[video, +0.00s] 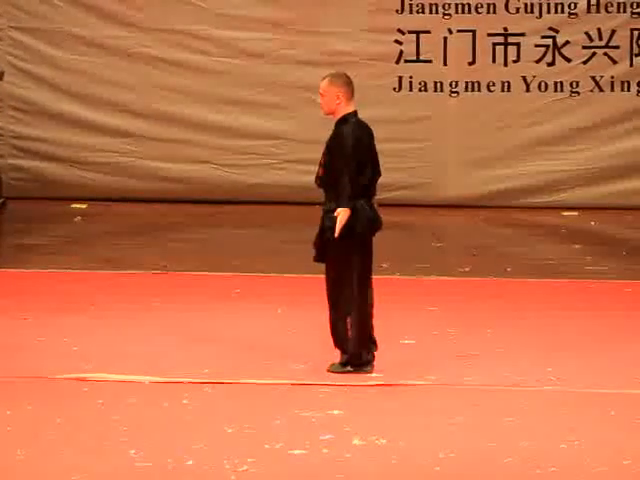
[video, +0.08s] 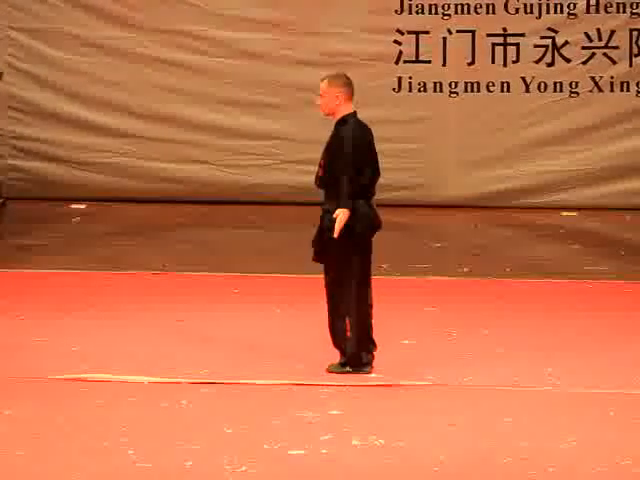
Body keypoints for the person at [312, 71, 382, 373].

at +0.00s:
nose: (319, 100)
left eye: (322, 94)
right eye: (320, 94)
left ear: (338, 96)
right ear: (343, 97)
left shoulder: (346, 131)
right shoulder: (360, 128)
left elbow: (348, 175)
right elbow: (371, 172)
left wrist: (344, 208)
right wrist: (355, 203)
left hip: (345, 223)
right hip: (359, 220)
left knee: (345, 288)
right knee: (357, 286)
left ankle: (353, 353)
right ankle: (362, 348)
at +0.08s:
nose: (319, 100)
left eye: (322, 94)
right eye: (320, 94)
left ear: (339, 96)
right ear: (342, 97)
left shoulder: (348, 131)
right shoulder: (355, 128)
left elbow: (351, 174)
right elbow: (368, 172)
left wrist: (346, 205)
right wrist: (352, 203)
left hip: (345, 223)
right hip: (357, 220)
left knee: (346, 288)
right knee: (356, 287)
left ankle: (353, 354)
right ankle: (361, 348)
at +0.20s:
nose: (318, 100)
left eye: (322, 95)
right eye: (319, 94)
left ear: (339, 97)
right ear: (342, 98)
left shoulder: (347, 131)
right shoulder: (357, 129)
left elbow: (349, 174)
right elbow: (370, 171)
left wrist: (345, 207)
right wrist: (353, 203)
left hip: (344, 222)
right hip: (358, 220)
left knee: (344, 288)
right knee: (357, 286)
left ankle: (352, 354)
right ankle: (361, 348)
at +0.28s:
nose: (318, 100)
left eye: (322, 95)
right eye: (319, 94)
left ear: (339, 97)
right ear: (342, 98)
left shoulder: (346, 131)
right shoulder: (357, 128)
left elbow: (347, 174)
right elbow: (370, 171)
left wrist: (344, 207)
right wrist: (356, 203)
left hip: (343, 222)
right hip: (358, 220)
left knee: (343, 288)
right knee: (356, 286)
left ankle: (351, 354)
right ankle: (361, 348)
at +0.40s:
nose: (317, 100)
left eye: (321, 95)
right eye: (318, 94)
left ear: (339, 97)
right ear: (342, 98)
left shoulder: (344, 131)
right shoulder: (359, 129)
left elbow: (346, 174)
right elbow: (371, 171)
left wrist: (344, 207)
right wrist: (357, 201)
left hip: (342, 223)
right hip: (358, 221)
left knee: (343, 288)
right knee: (356, 286)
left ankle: (351, 354)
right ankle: (360, 347)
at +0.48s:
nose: (317, 100)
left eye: (321, 95)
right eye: (318, 94)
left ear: (337, 97)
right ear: (341, 98)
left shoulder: (344, 131)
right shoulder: (358, 128)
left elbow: (346, 174)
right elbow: (370, 171)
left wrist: (344, 207)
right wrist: (357, 201)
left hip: (342, 222)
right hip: (358, 221)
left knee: (342, 288)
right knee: (356, 286)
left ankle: (350, 354)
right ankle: (360, 347)